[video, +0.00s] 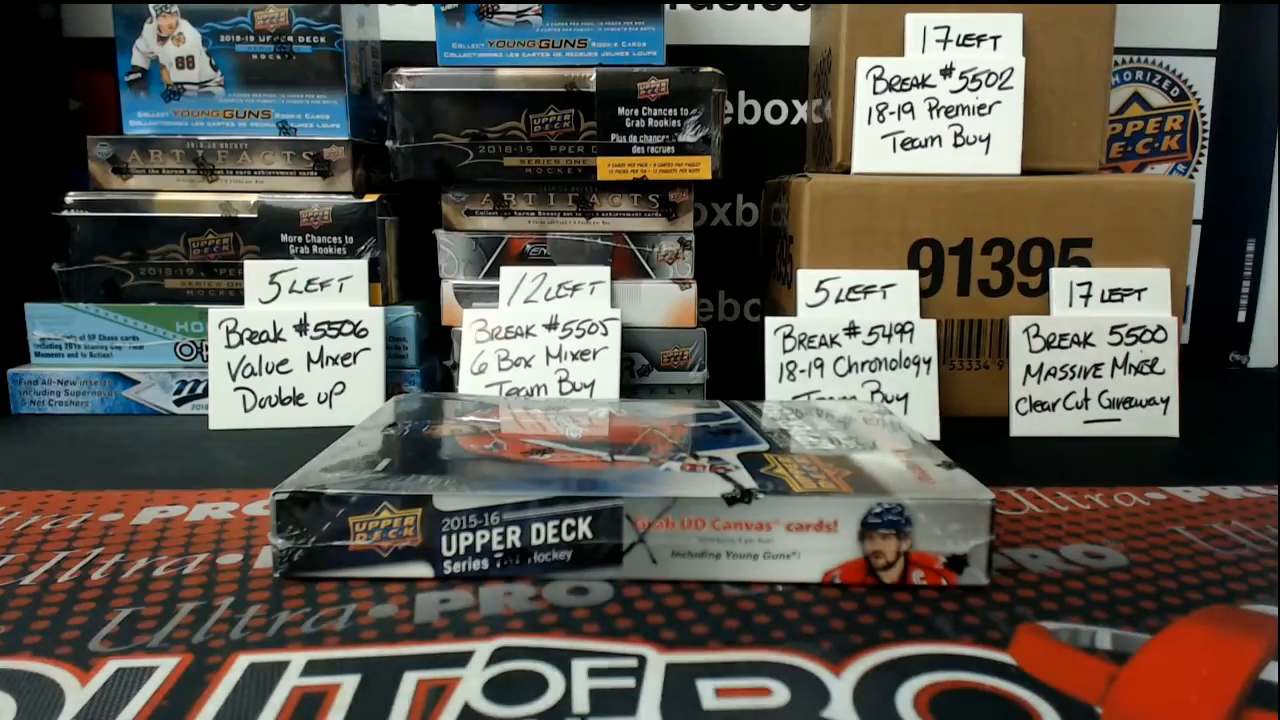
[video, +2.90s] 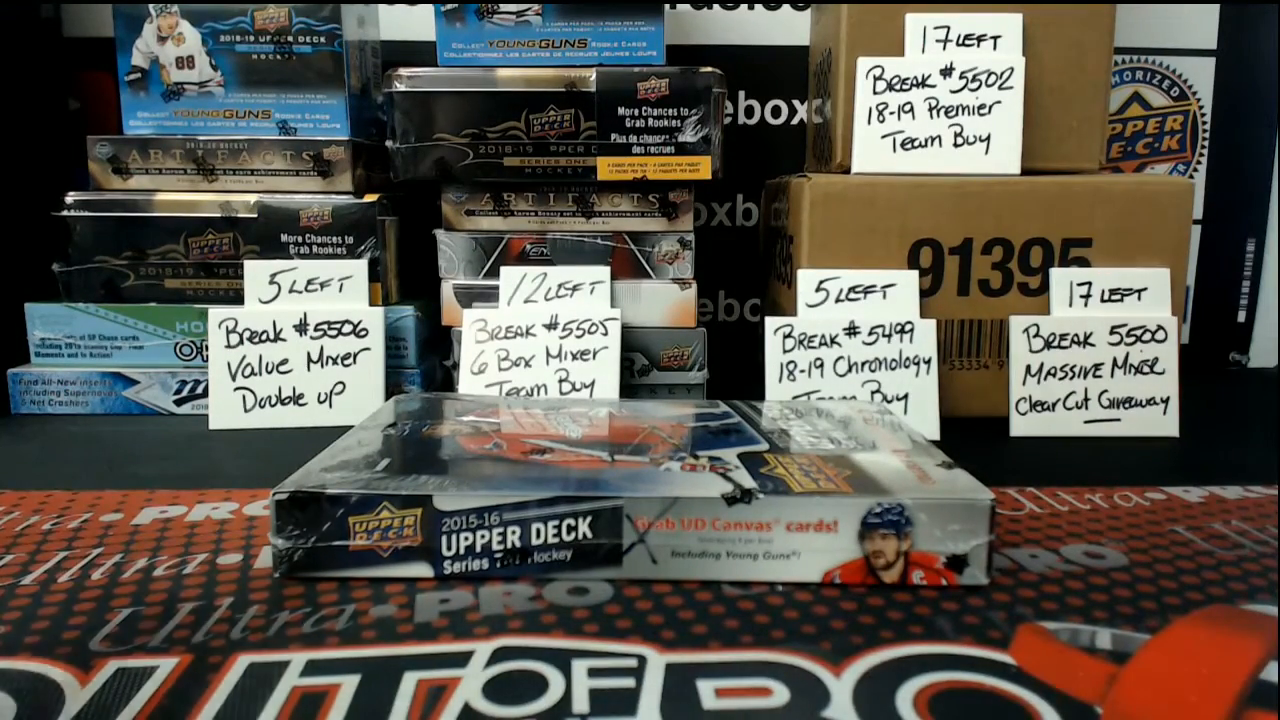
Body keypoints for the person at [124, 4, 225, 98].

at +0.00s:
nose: (169, 23)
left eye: (173, 17)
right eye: (164, 18)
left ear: (178, 18)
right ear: (156, 19)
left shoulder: (186, 35)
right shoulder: (150, 28)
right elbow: (141, 50)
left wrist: (178, 89)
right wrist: (137, 73)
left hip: (209, 84)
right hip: (181, 84)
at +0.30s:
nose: (169, 22)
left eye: (173, 17)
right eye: (164, 18)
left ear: (178, 18)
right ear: (156, 19)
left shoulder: (186, 35)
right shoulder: (150, 28)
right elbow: (141, 50)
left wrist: (178, 89)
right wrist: (137, 73)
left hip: (209, 84)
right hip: (182, 84)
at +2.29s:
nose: (170, 22)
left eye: (173, 17)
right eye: (164, 18)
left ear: (178, 17)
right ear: (156, 20)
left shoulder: (186, 35)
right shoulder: (150, 28)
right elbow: (141, 50)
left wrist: (179, 89)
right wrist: (137, 74)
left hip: (209, 84)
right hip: (181, 85)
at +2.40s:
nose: (170, 22)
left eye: (173, 17)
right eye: (164, 18)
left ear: (178, 17)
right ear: (156, 20)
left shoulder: (186, 35)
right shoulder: (150, 28)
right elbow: (141, 50)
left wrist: (179, 89)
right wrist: (137, 74)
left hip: (209, 84)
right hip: (181, 85)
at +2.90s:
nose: (170, 22)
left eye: (173, 17)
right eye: (164, 18)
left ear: (178, 17)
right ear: (156, 20)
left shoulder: (185, 35)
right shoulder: (150, 28)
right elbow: (141, 50)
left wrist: (178, 89)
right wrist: (136, 74)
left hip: (209, 84)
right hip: (181, 84)